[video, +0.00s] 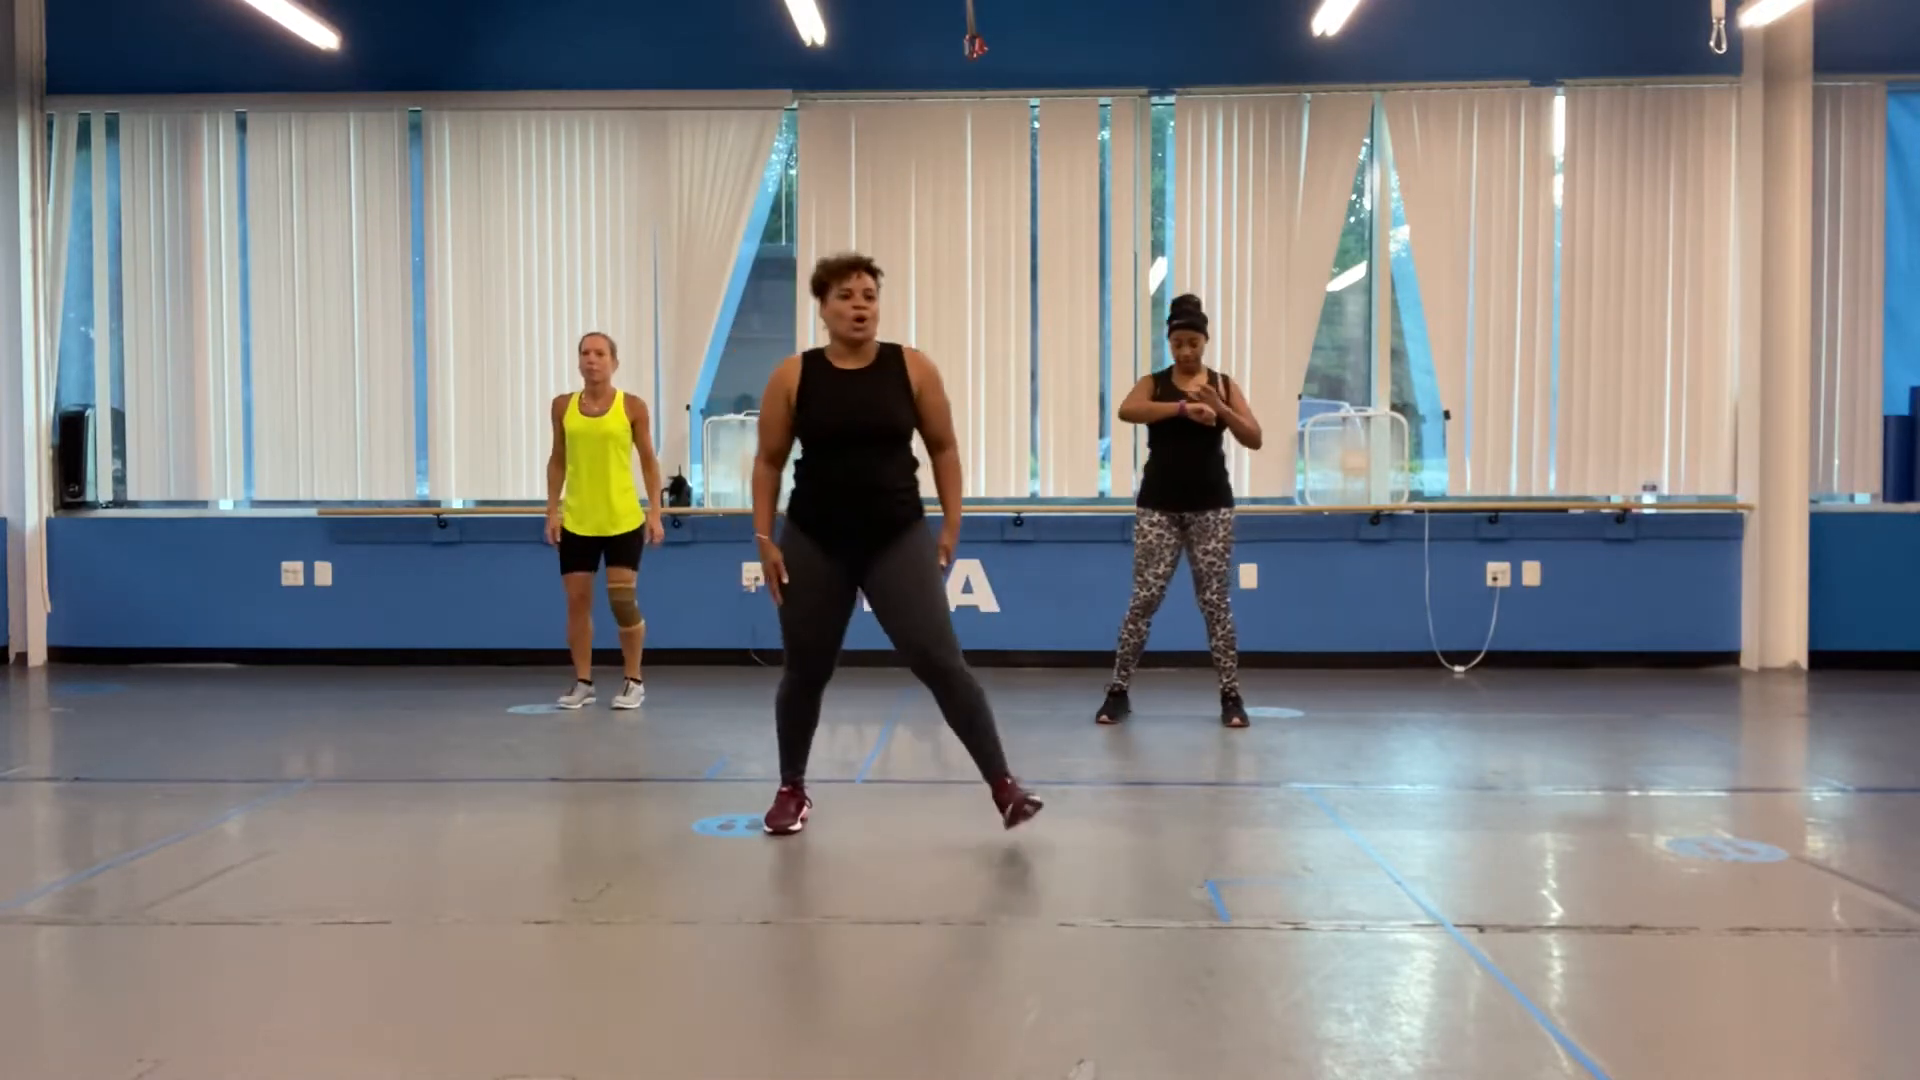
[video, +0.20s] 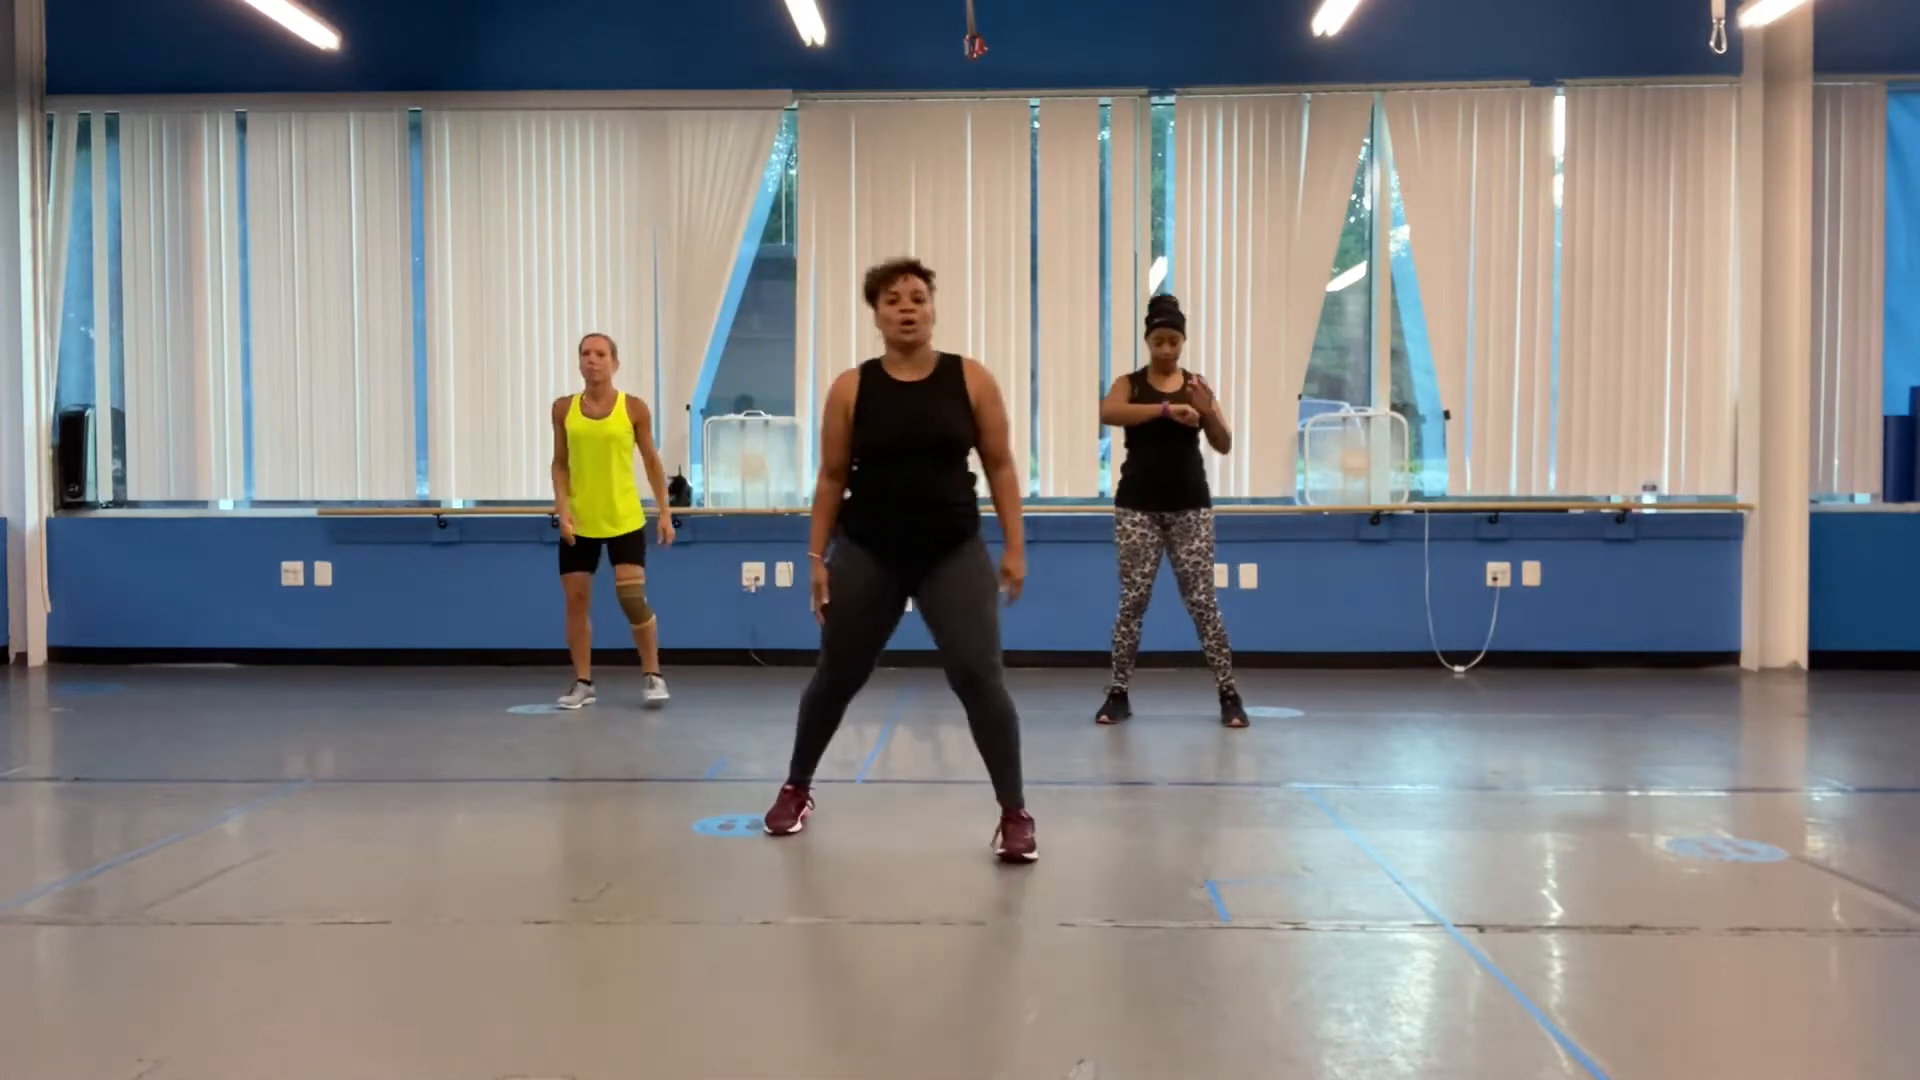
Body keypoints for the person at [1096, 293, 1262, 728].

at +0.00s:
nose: (1185, 350)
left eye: (1192, 342)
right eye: (1178, 342)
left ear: (1205, 342)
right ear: (1169, 343)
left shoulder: (1224, 386)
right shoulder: (1153, 383)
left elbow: (1255, 438)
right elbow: (1127, 411)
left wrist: (1222, 411)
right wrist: (1180, 408)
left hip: (1210, 508)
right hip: (1159, 507)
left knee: (1215, 601)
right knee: (1145, 598)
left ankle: (1230, 695)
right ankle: (1118, 691)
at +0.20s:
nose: (1166, 347)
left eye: (1173, 340)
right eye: (1159, 340)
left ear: (1182, 342)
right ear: (1147, 341)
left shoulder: (1196, 387)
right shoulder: (1128, 383)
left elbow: (1223, 444)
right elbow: (1109, 414)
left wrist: (1206, 409)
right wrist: (1164, 409)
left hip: (1189, 508)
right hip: (1138, 507)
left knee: (1201, 601)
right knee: (1133, 600)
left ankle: (1229, 694)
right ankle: (1117, 694)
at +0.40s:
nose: (1157, 347)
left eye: (1163, 340)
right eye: (1149, 340)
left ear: (1172, 341)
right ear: (1135, 339)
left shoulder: (1187, 386)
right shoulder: (1118, 383)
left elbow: (1210, 444)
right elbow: (1099, 414)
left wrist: (1201, 414)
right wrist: (1158, 412)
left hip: (1181, 505)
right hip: (1130, 507)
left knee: (1202, 597)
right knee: (1129, 599)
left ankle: (1231, 691)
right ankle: (1117, 693)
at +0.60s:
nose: (1163, 349)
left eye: (1169, 341)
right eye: (1155, 341)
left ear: (1179, 342)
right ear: (1142, 342)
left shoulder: (1195, 385)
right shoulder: (1124, 387)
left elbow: (1219, 444)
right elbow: (1106, 420)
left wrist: (1208, 416)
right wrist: (1162, 414)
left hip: (1188, 507)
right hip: (1136, 507)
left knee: (1204, 601)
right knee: (1133, 600)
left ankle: (1232, 693)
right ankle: (1118, 693)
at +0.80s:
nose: (1173, 347)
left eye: (1180, 339)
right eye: (1166, 340)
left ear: (1190, 341)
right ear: (1155, 342)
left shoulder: (1210, 385)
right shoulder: (1137, 387)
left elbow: (1234, 446)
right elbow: (1113, 426)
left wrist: (1222, 421)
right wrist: (1166, 420)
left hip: (1200, 510)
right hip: (1147, 509)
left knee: (1211, 602)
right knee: (1139, 601)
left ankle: (1232, 694)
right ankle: (1118, 693)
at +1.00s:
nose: (1174, 346)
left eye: (1181, 339)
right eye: (1167, 339)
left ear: (1193, 340)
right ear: (1157, 341)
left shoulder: (1212, 384)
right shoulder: (1139, 387)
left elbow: (1236, 445)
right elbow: (1116, 429)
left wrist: (1224, 422)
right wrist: (1166, 422)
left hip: (1203, 510)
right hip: (1150, 509)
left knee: (1213, 602)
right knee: (1141, 600)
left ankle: (1233, 694)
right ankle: (1118, 693)